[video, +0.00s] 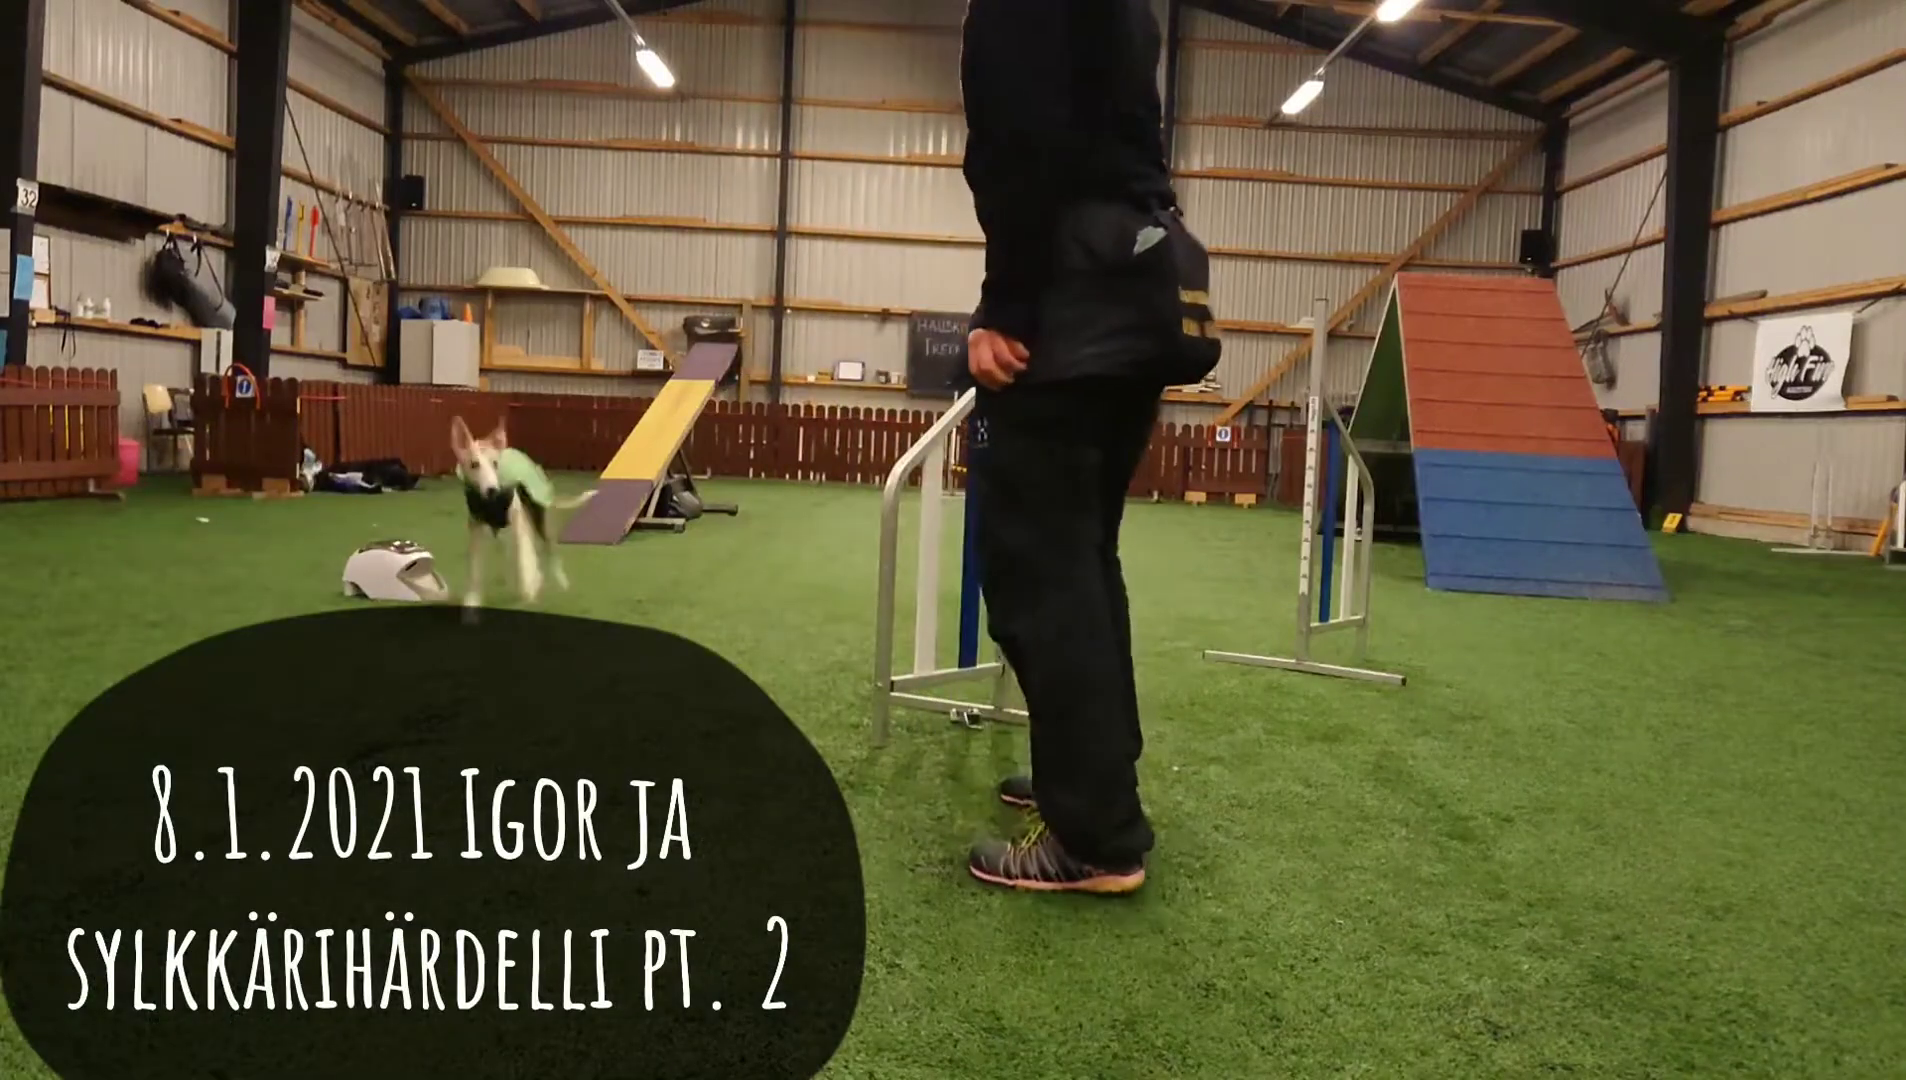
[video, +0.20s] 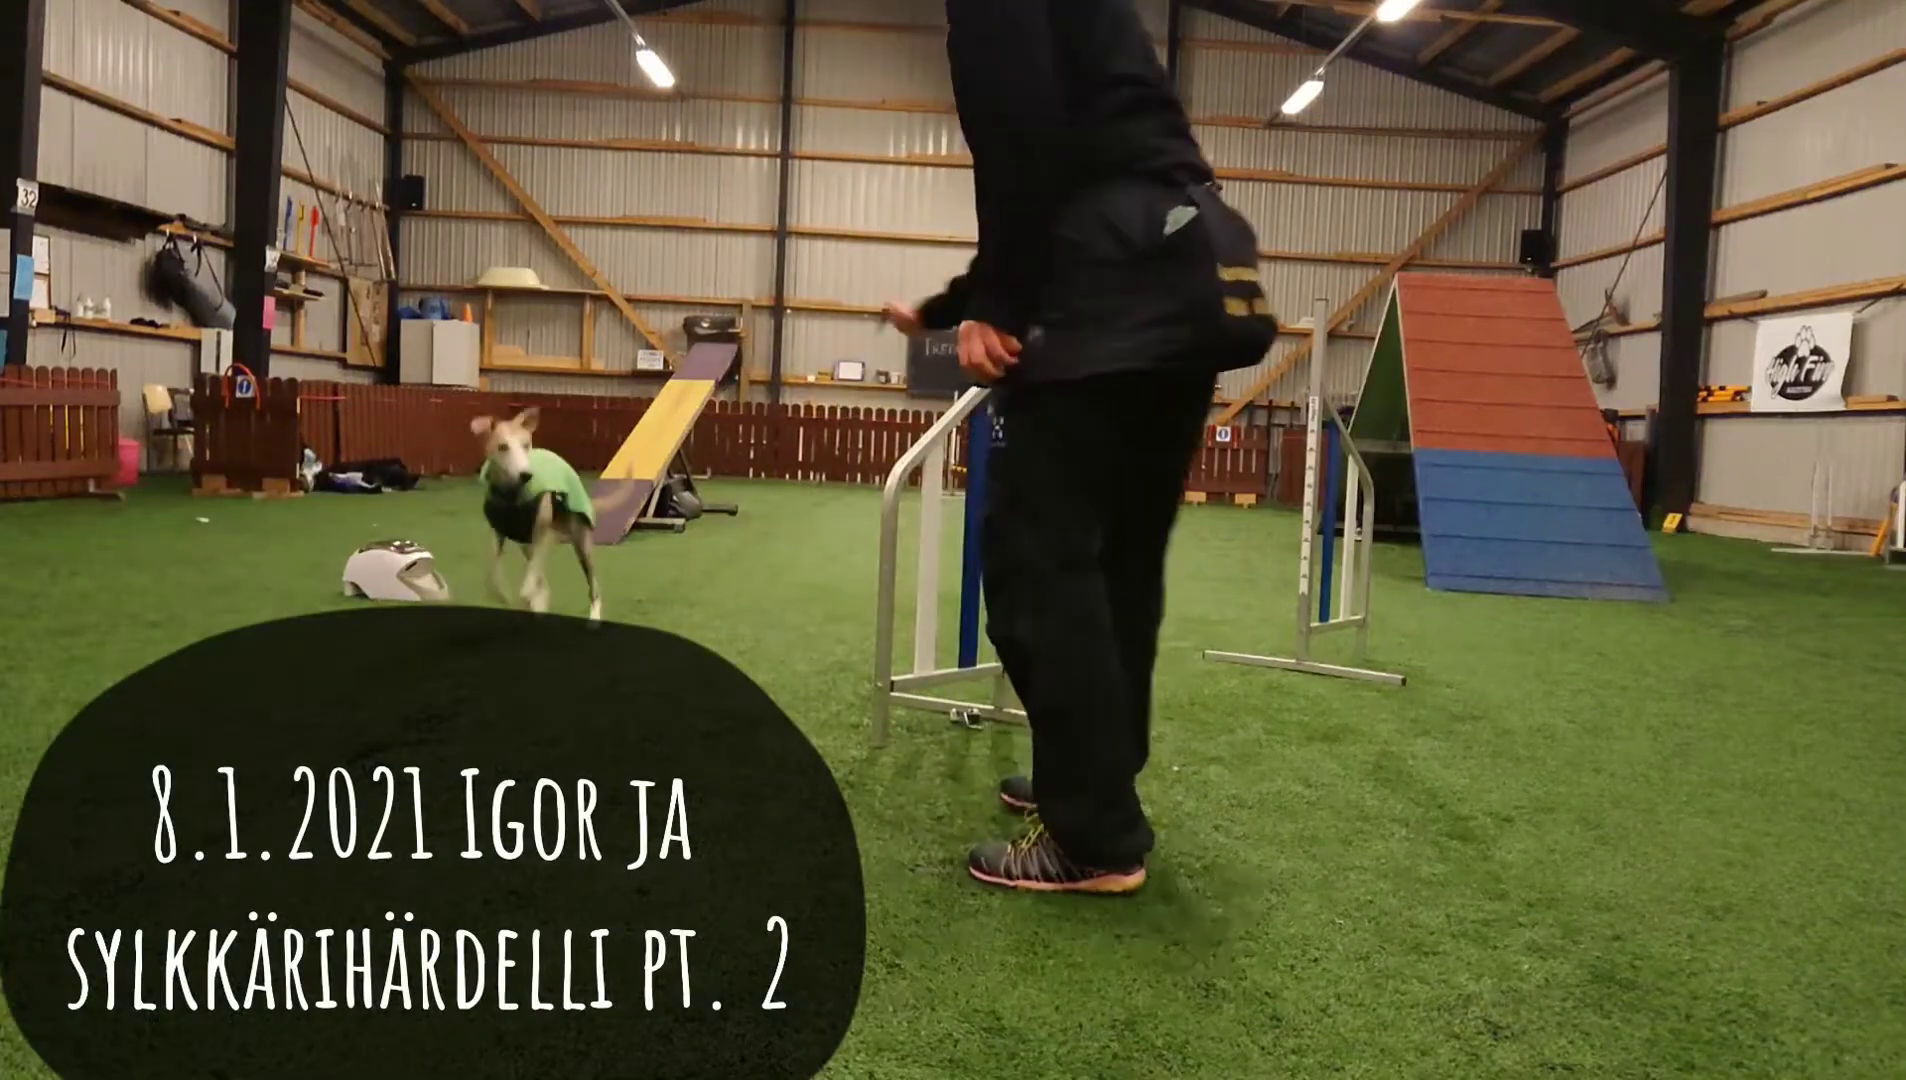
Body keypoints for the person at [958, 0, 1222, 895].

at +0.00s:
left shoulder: (1013, 13)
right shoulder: (1120, 20)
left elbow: (1018, 139)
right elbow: (1121, 150)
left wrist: (1001, 305)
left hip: (1064, 325)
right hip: (1124, 319)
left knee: (1038, 576)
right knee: (1077, 560)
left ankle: (1099, 841)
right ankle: (1087, 780)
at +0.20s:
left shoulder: (993, 12)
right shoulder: (1098, 30)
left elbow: (1020, 143)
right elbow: (1065, 175)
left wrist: (1001, 300)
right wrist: (946, 306)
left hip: (1105, 303)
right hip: (1181, 297)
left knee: (1034, 559)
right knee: (1120, 553)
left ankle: (1098, 840)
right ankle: (1092, 785)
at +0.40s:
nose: (902, 32)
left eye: (903, 19)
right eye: (897, 26)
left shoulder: (972, 7)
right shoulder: (1073, 24)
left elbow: (1018, 132)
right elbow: (1070, 207)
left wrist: (991, 320)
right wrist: (958, 334)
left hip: (1141, 293)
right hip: (1238, 288)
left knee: (1059, 563)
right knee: (1164, 552)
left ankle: (1096, 846)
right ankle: (1154, 802)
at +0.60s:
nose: (948, 117)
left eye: (945, 61)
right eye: (946, 76)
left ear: (962, 26)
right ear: (1033, 23)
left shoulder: (988, 35)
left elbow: (1027, 158)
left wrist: (1009, 344)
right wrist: (1042, 427)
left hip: (1169, 292)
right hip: (1288, 286)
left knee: (1093, 574)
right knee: (1222, 555)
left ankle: (1096, 847)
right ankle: (1246, 811)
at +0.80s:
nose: (993, 143)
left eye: (990, 109)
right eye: (989, 127)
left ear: (1015, 36)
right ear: (1089, 27)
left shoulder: (1028, 51)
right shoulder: (1166, 81)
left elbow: (1056, 163)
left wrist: (1037, 349)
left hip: (1198, 297)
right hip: (1334, 296)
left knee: (1135, 588)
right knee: (1293, 581)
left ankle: (1104, 847)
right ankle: (1271, 828)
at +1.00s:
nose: (1034, 165)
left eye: (1031, 141)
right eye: (1028, 155)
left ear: (1047, 51)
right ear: (1120, 37)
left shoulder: (1058, 59)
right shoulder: (1199, 90)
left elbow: (1082, 165)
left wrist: (1056, 344)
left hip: (1218, 291)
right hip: (1348, 291)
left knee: (1157, 584)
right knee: (1304, 582)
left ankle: (1107, 842)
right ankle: (1272, 828)